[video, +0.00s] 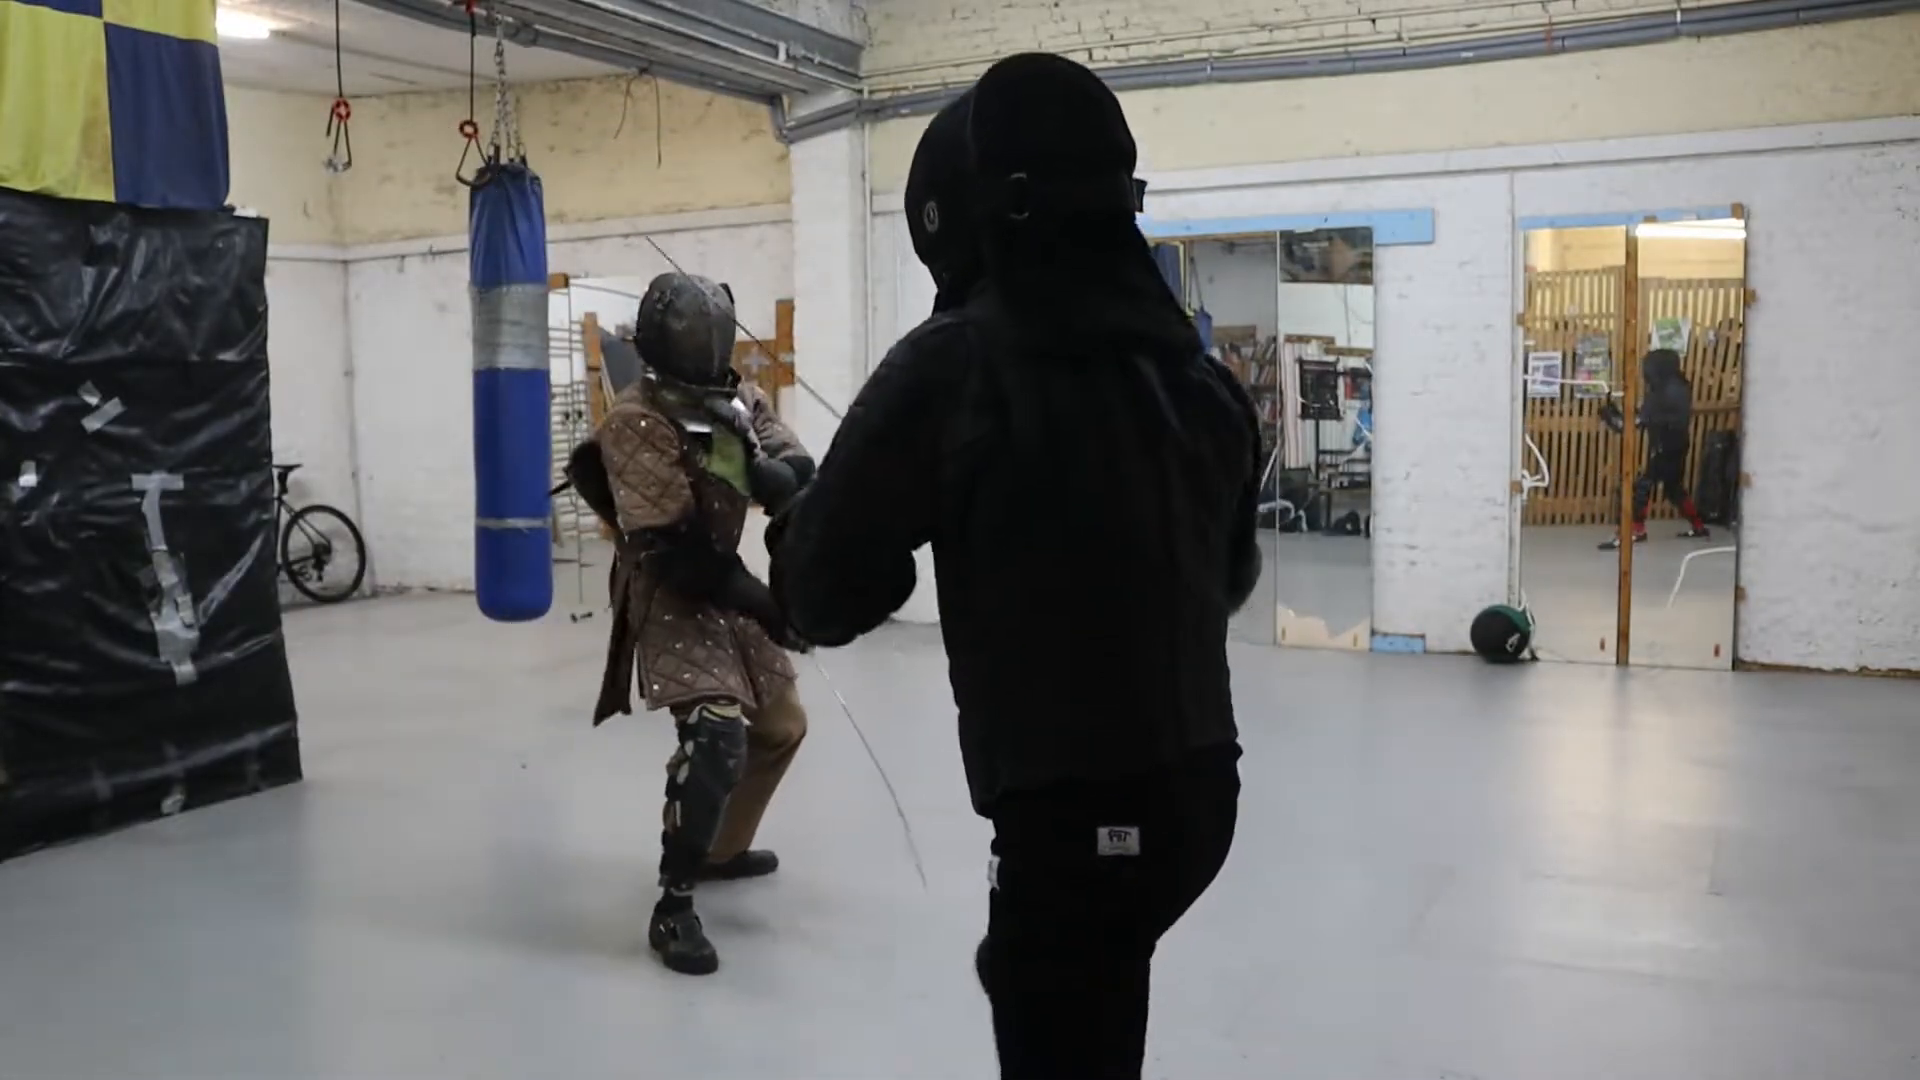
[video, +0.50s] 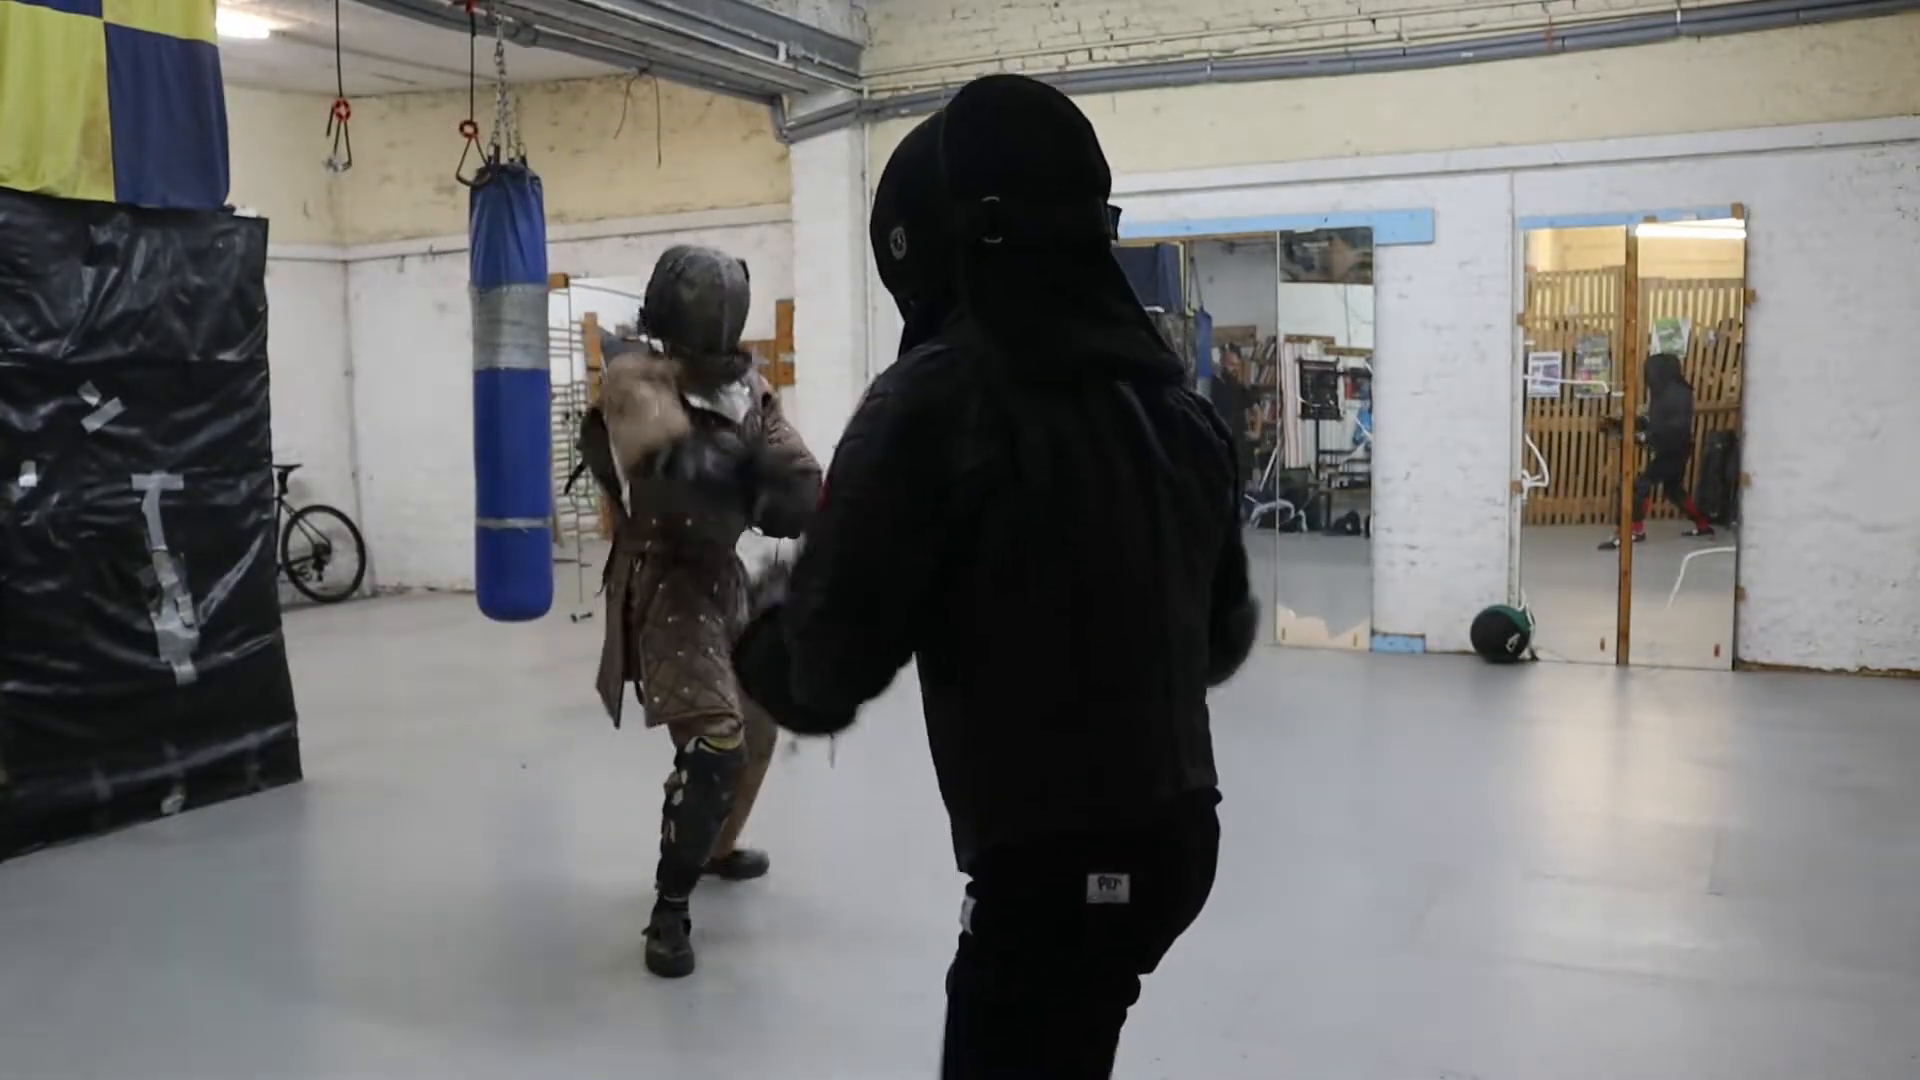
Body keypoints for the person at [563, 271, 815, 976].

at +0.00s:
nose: (707, 359)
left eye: (716, 344)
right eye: (692, 345)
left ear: (732, 342)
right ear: (662, 345)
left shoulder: (739, 402)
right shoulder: (637, 425)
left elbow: (792, 462)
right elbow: (672, 550)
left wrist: (775, 467)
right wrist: (771, 609)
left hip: (733, 592)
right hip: (669, 599)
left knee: (780, 726)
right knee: (718, 733)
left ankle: (721, 851)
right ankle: (675, 905)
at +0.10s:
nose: (712, 362)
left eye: (720, 347)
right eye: (696, 349)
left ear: (733, 344)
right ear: (666, 350)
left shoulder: (739, 405)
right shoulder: (640, 431)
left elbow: (792, 468)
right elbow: (673, 553)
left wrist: (786, 484)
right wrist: (764, 608)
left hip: (732, 591)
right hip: (669, 598)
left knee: (781, 724)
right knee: (723, 733)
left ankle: (720, 852)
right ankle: (675, 906)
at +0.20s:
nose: (711, 373)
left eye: (720, 357)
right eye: (696, 359)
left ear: (736, 352)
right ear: (665, 357)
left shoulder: (744, 409)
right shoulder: (642, 436)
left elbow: (801, 498)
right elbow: (680, 559)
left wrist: (751, 481)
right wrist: (774, 623)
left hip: (729, 596)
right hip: (667, 603)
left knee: (783, 722)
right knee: (723, 733)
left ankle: (720, 851)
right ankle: (674, 906)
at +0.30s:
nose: (714, 380)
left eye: (724, 364)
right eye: (698, 366)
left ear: (737, 357)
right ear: (664, 362)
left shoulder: (745, 411)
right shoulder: (643, 437)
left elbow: (802, 503)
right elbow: (674, 559)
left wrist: (753, 494)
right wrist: (770, 619)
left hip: (726, 592)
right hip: (663, 600)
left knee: (787, 707)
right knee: (720, 738)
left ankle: (721, 849)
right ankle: (673, 904)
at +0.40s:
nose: (718, 371)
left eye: (728, 354)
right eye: (702, 355)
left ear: (741, 349)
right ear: (668, 352)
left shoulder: (745, 408)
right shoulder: (641, 420)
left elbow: (805, 497)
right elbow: (679, 557)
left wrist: (761, 504)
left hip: (736, 594)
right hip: (664, 605)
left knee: (777, 716)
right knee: (715, 750)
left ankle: (722, 848)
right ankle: (671, 907)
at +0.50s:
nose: (716, 353)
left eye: (728, 336)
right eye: (701, 336)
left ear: (741, 325)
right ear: (668, 327)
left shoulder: (746, 388)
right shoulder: (634, 379)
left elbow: (804, 478)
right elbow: (665, 470)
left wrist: (768, 488)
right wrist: (745, 473)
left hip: (730, 578)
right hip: (664, 583)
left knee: (756, 726)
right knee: (717, 741)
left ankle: (715, 847)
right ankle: (670, 908)